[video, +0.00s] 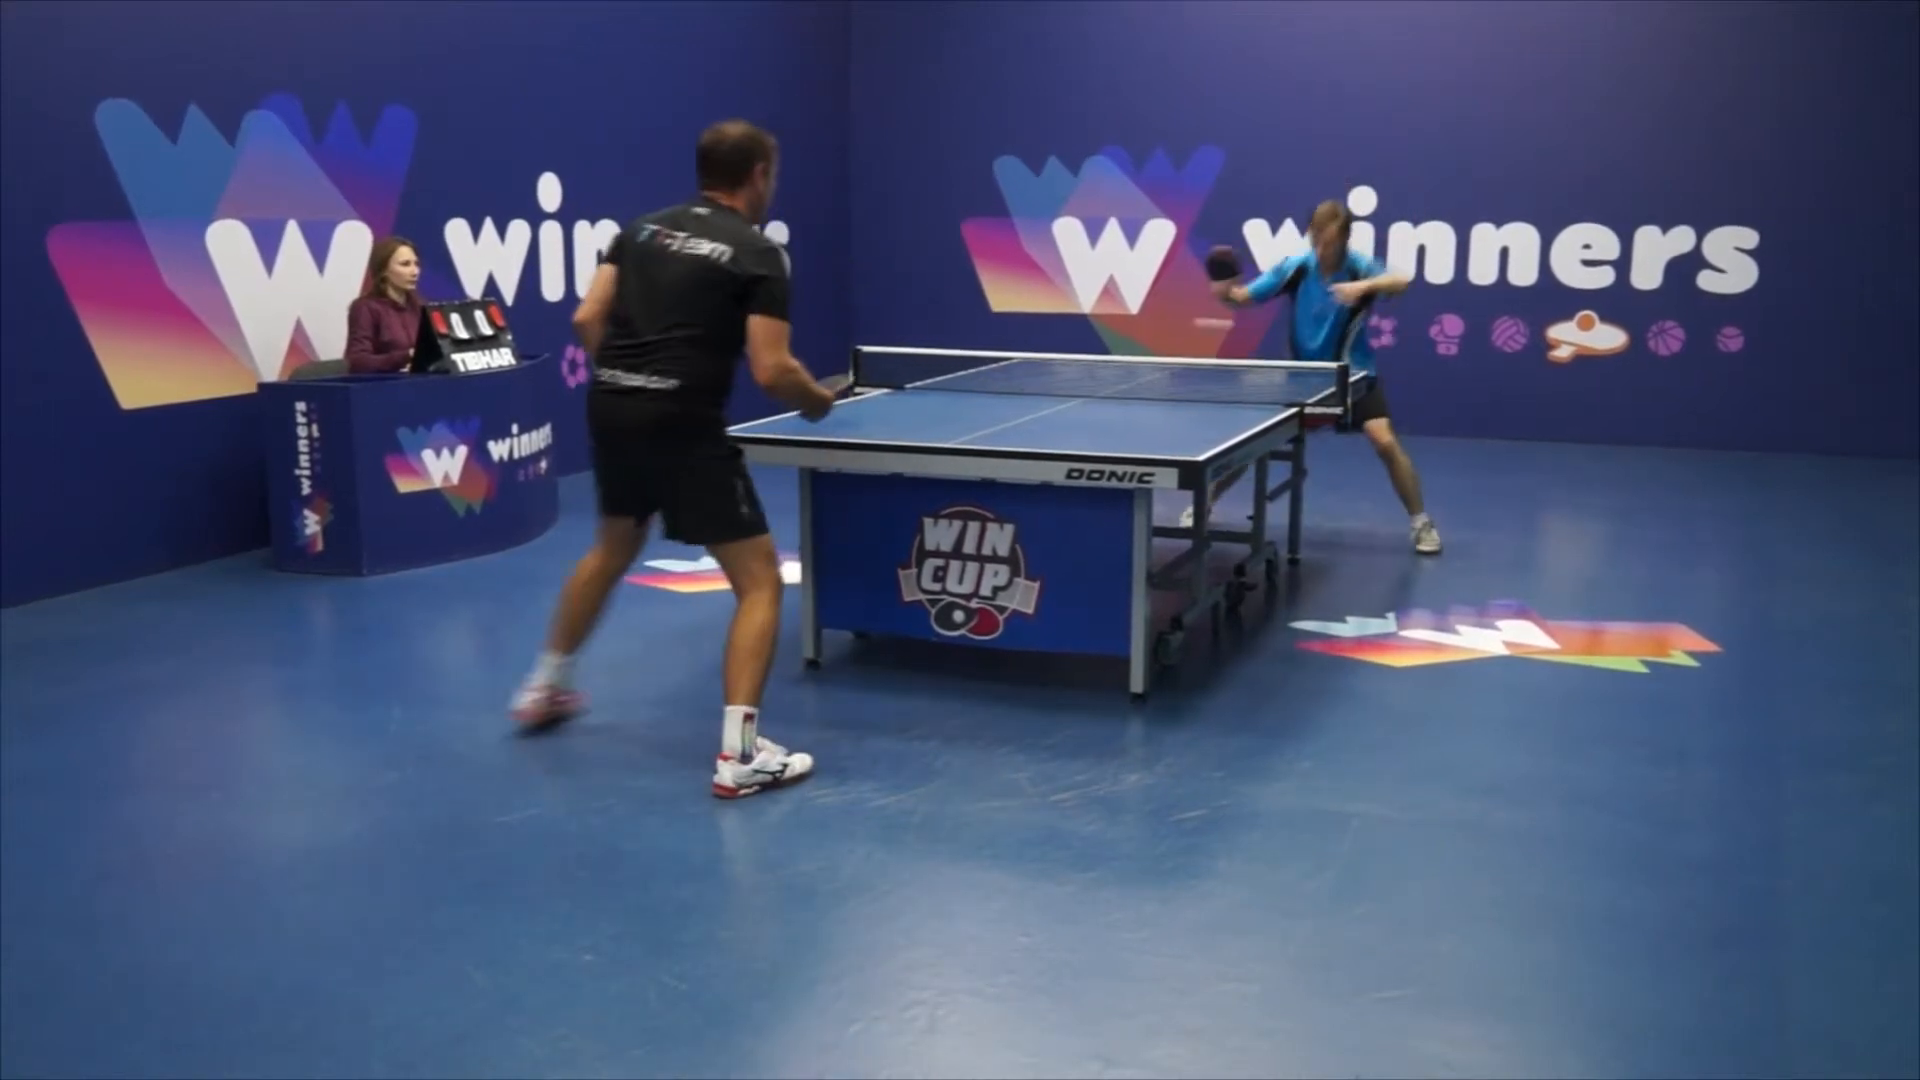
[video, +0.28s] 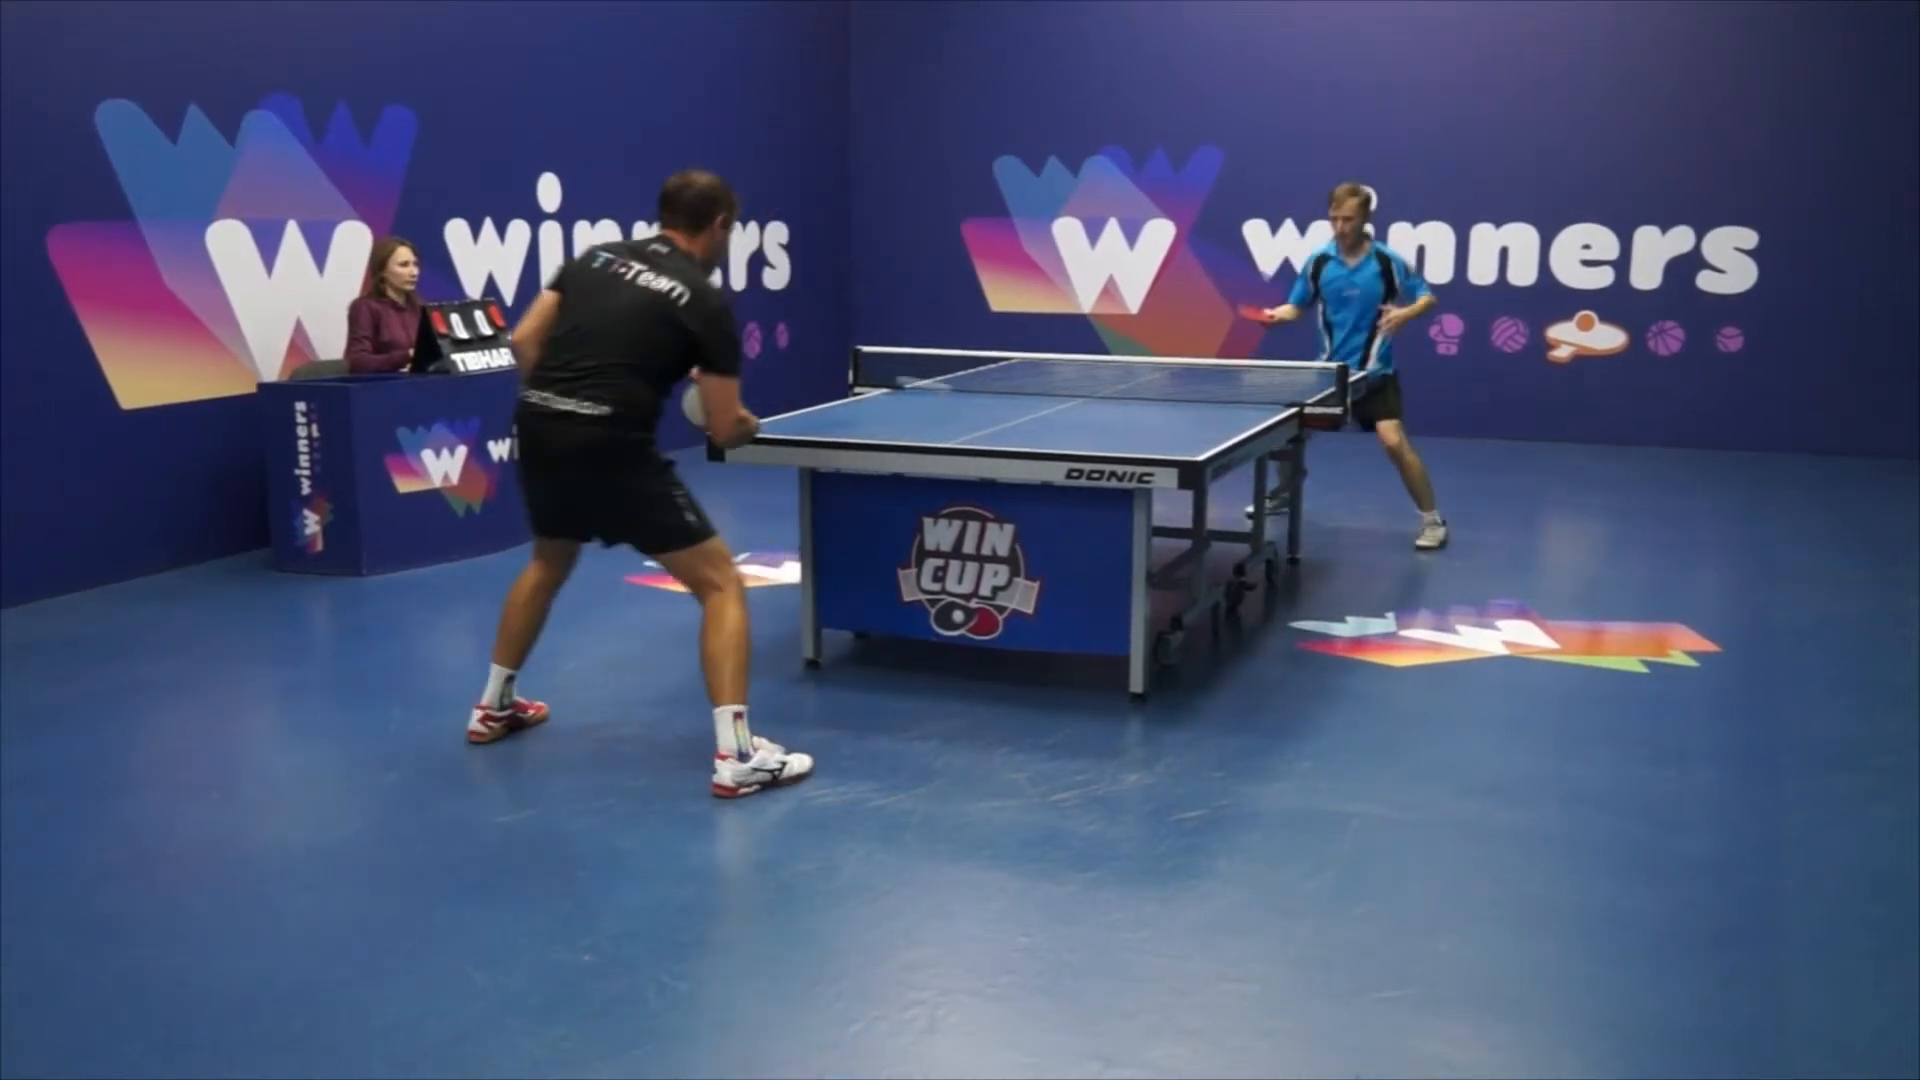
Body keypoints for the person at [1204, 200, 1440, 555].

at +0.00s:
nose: (1323, 248)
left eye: (1330, 241)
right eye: (1318, 239)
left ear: (1345, 238)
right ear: (1311, 235)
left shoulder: (1359, 267)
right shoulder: (1296, 268)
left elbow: (1400, 281)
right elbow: (1249, 296)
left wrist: (1361, 287)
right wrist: (1227, 291)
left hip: (1352, 375)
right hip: (1301, 375)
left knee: (1384, 440)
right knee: (1250, 434)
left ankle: (1420, 522)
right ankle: (1205, 503)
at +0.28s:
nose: (1341, 227)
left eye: (1349, 220)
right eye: (1336, 219)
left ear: (1365, 221)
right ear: (1330, 218)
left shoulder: (1387, 261)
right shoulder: (1319, 261)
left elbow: (1427, 297)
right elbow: (1296, 306)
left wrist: (1404, 313)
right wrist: (1277, 314)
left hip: (1375, 372)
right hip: (1328, 371)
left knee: (1393, 441)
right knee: (1286, 420)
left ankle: (1431, 519)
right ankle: (1284, 491)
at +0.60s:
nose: (1351, 225)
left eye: (1359, 219)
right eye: (1348, 218)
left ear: (1377, 221)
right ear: (1343, 219)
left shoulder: (1402, 255)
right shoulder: (1348, 262)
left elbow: (1441, 300)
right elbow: (1341, 311)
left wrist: (1404, 335)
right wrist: (1315, 327)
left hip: (1422, 362)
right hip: (1382, 364)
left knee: (1438, 436)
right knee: (1340, 426)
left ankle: (1493, 510)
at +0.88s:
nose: (1403, 251)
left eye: (1409, 244)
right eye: (1399, 244)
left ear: (1427, 243)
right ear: (1396, 245)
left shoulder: (1431, 273)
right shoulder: (1447, 272)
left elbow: (1390, 325)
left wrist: (1392, 329)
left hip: (1485, 383)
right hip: (1458, 383)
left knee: (1470, 468)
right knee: (1407, 437)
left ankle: (1549, 516)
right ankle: (1404, 500)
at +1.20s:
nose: (1507, 210)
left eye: (1514, 203)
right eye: (1503, 202)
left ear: (1537, 205)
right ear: (1498, 203)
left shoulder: (1555, 244)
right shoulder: (1487, 233)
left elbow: (1577, 280)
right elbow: (1458, 259)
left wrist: (1539, 274)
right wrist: (1500, 236)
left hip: (1527, 355)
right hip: (1485, 349)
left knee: (1541, 436)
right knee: (1465, 432)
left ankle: (1589, 509)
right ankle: (1487, 474)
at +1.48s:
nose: (1501, 215)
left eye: (1509, 208)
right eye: (1497, 207)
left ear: (1529, 212)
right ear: (1493, 210)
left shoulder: (1548, 259)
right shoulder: (1484, 251)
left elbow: (1570, 311)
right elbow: (1453, 291)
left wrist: (1562, 353)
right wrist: (1450, 288)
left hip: (1533, 371)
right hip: (1486, 368)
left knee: (1566, 436)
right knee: (1438, 427)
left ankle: (1613, 513)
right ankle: (1444, 481)